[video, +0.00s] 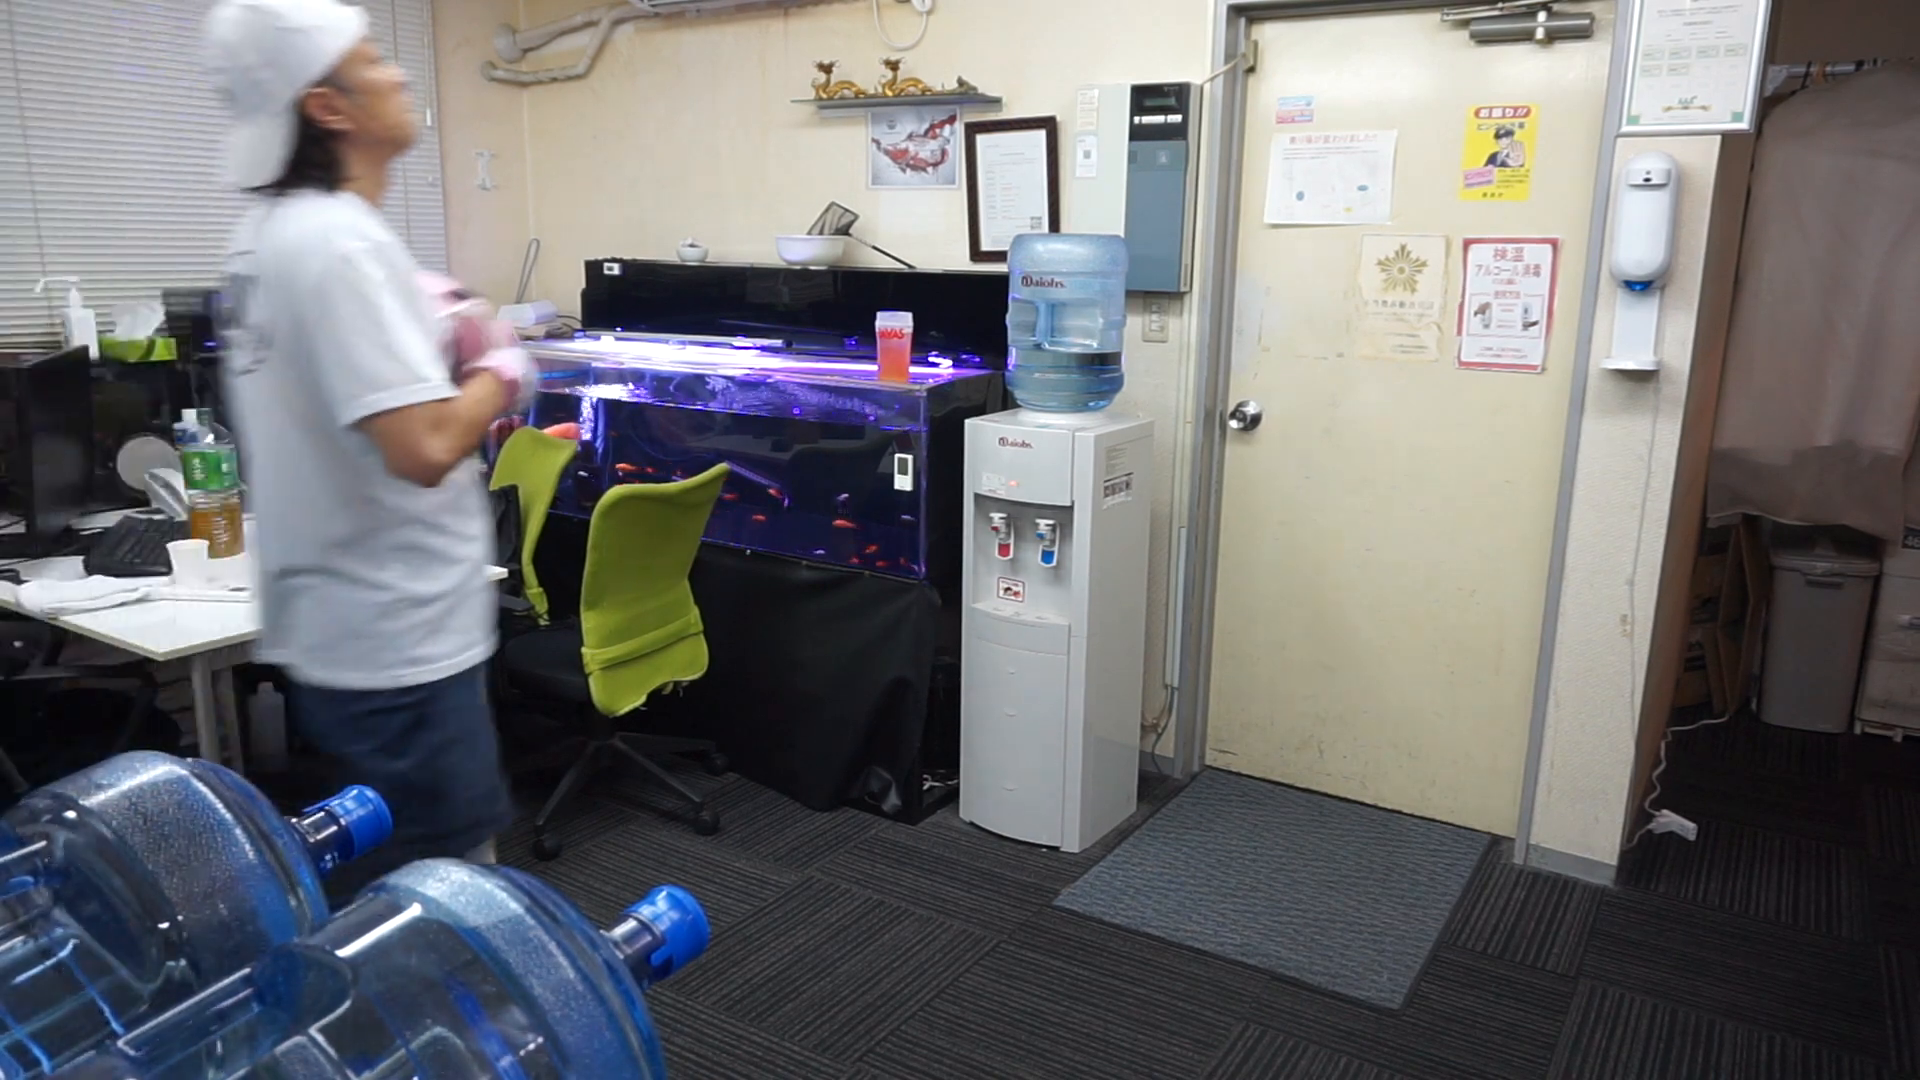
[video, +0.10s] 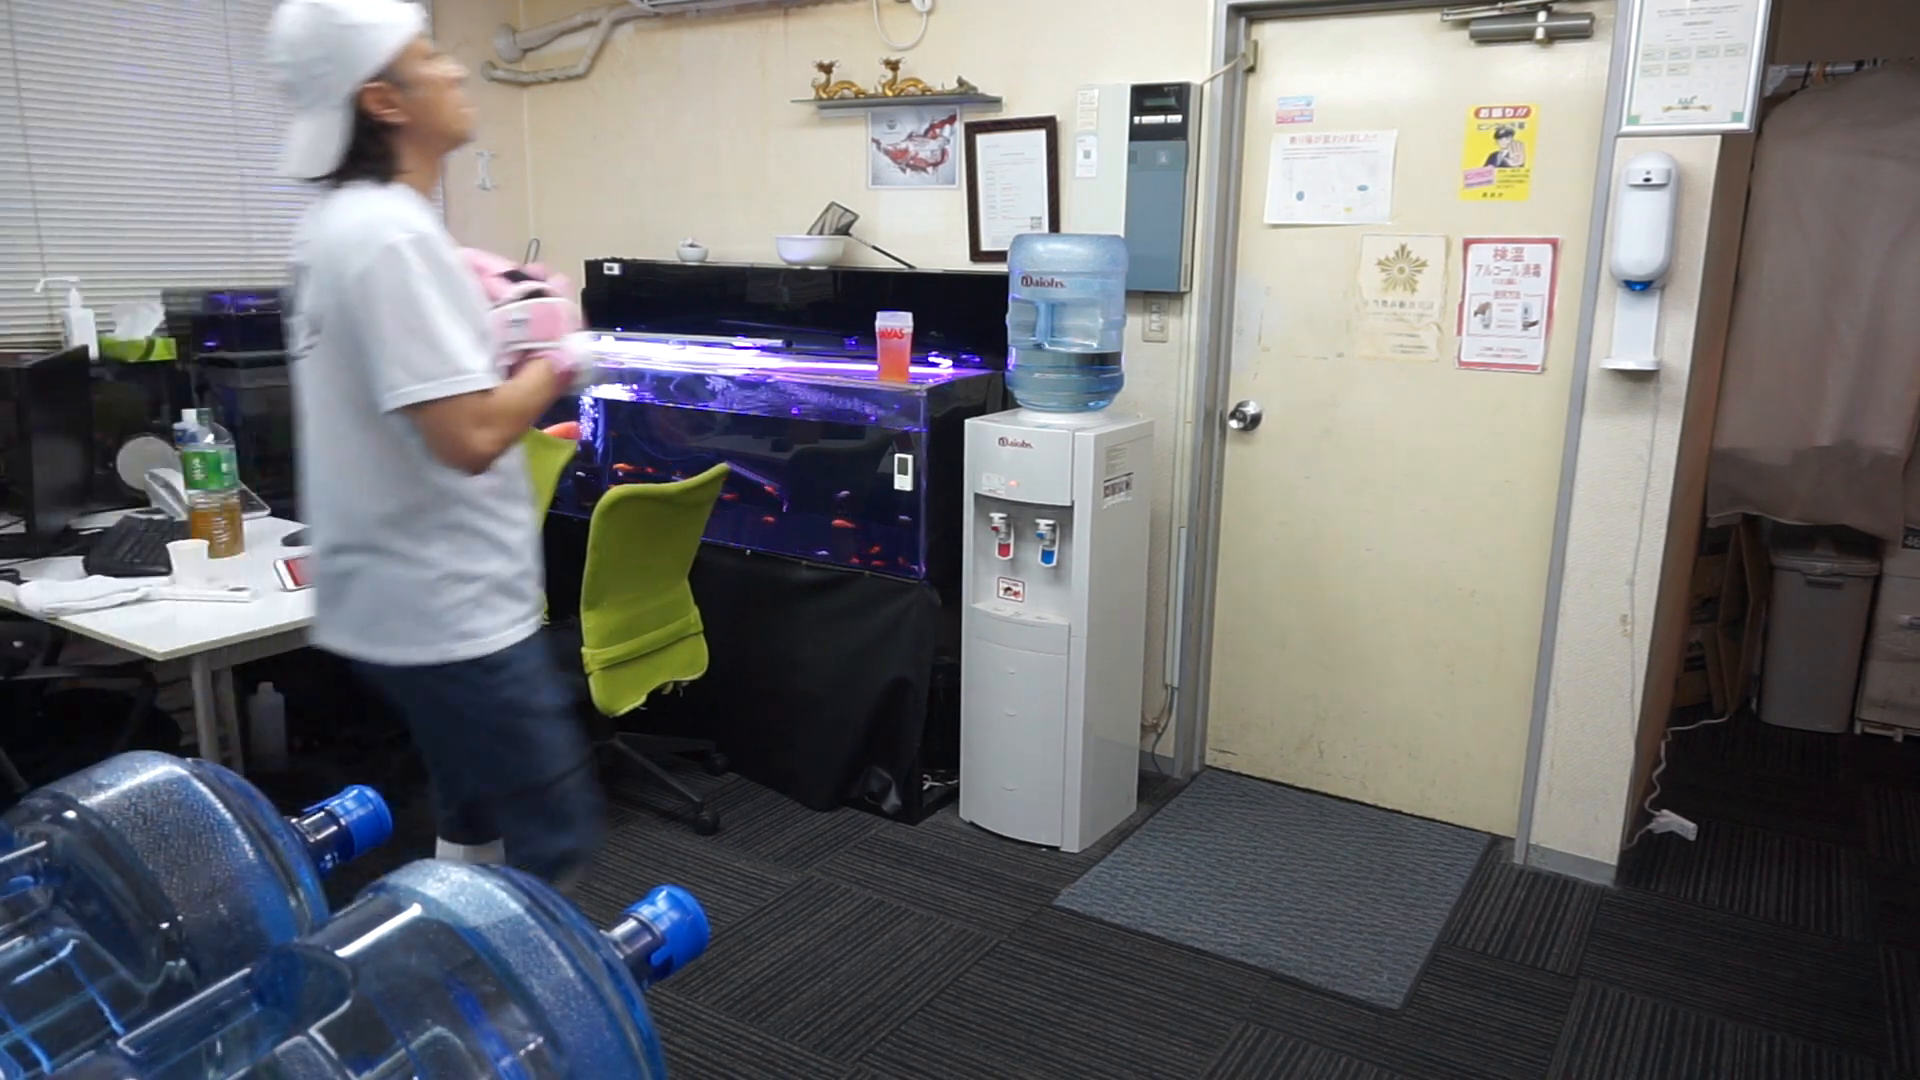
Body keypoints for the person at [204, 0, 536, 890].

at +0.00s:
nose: (398, 76)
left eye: (382, 58)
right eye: (373, 67)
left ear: (328, 113)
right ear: (329, 111)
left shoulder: (272, 237)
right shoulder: (339, 248)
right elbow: (423, 450)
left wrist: (443, 348)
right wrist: (496, 374)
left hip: (334, 649)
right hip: (402, 662)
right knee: (450, 896)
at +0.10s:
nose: (457, 70)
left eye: (439, 52)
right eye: (430, 59)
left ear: (387, 108)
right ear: (385, 104)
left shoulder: (341, 227)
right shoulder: (389, 237)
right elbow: (467, 437)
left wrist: (507, 349)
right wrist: (550, 369)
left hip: (395, 609)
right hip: (454, 615)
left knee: (470, 826)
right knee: (553, 834)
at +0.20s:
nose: (514, 73)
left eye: (500, 55)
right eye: (489, 60)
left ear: (443, 107)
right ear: (438, 103)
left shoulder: (395, 220)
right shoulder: (436, 232)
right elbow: (526, 423)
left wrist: (543, 316)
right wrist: (606, 357)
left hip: (435, 591)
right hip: (491, 599)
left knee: (476, 810)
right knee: (633, 797)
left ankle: (465, 992)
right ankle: (522, 996)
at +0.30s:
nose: (568, 85)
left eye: (556, 69)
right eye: (546, 73)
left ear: (487, 115)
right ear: (495, 111)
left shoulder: (442, 223)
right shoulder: (493, 243)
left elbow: (492, 374)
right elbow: (580, 427)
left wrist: (596, 306)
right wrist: (668, 344)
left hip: (471, 575)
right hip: (535, 583)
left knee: (487, 797)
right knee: (667, 784)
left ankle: (467, 984)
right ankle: (681, 1000)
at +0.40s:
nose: (620, 99)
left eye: (605, 79)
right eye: (596, 89)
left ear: (544, 131)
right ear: (549, 130)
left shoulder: (489, 230)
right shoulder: (555, 251)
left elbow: (532, 385)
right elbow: (626, 435)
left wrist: (639, 333)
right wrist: (708, 358)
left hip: (509, 577)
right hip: (587, 591)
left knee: (513, 784)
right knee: (680, 782)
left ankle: (473, 966)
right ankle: (770, 964)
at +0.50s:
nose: (678, 116)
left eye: (666, 95)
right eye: (658, 103)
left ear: (602, 142)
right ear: (610, 142)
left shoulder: (541, 237)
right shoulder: (618, 260)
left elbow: (578, 387)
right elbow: (680, 445)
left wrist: (677, 316)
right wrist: (754, 361)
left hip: (554, 589)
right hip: (652, 601)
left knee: (544, 785)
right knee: (744, 787)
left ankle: (486, 969)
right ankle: (794, 976)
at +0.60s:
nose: (745, 120)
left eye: (732, 100)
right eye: (723, 107)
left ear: (668, 145)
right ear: (675, 145)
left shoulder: (603, 238)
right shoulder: (681, 269)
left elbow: (645, 391)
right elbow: (739, 446)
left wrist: (738, 308)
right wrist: (801, 358)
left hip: (630, 585)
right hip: (716, 595)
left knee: (603, 777)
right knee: (791, 786)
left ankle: (515, 949)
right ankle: (804, 971)